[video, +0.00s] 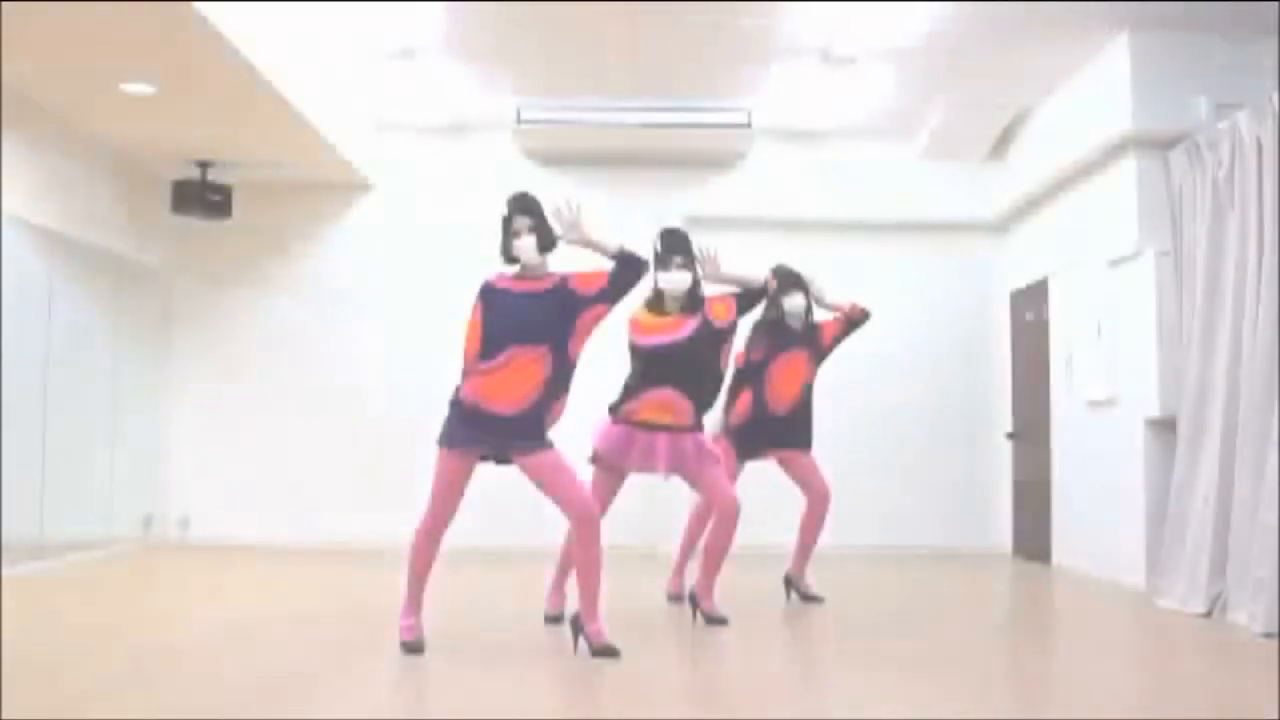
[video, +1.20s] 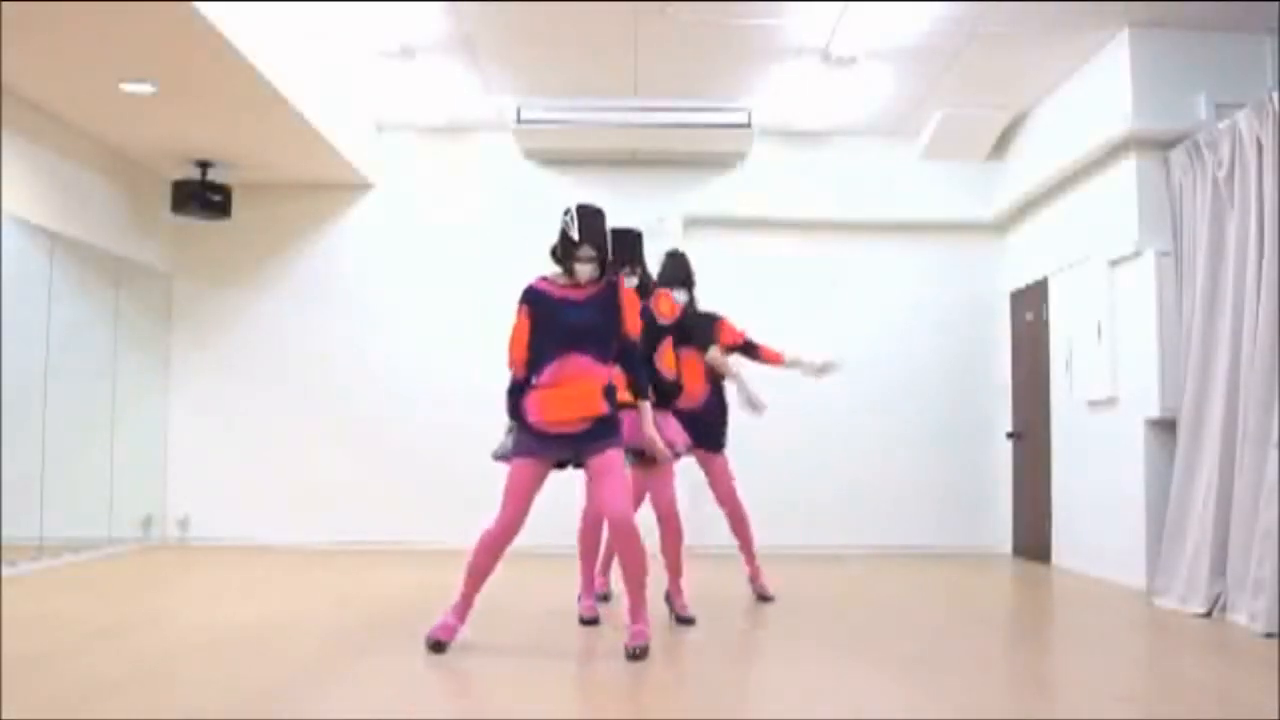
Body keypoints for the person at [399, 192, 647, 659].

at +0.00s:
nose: (524, 240)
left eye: (532, 232)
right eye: (515, 233)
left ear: (548, 238)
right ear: (506, 242)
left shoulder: (571, 292)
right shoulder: (492, 291)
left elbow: (635, 268)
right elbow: (472, 359)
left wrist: (583, 239)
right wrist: (463, 417)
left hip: (526, 429)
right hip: (470, 422)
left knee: (585, 511)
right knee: (437, 517)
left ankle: (590, 619)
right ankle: (411, 615)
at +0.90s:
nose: (536, 242)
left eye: (545, 235)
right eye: (529, 234)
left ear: (557, 243)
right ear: (515, 239)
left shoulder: (565, 287)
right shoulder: (492, 286)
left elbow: (608, 320)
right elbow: (470, 349)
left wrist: (604, 270)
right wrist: (468, 402)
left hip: (533, 426)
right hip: (478, 420)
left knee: (588, 517)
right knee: (444, 518)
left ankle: (612, 615)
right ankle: (412, 614)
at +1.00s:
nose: (557, 253)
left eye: (564, 246)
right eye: (549, 244)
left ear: (571, 252)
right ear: (530, 247)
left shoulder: (580, 294)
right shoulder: (502, 291)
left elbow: (577, 354)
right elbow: (479, 356)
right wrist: (478, 418)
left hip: (551, 427)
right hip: (495, 424)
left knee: (596, 518)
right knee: (456, 525)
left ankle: (634, 618)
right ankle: (415, 611)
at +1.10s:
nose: (574, 262)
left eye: (581, 254)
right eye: (566, 253)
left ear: (588, 257)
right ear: (547, 253)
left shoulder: (595, 295)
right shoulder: (521, 294)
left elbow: (605, 357)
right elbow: (499, 356)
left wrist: (633, 380)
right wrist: (493, 414)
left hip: (576, 428)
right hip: (519, 428)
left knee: (611, 519)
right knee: (478, 526)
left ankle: (637, 621)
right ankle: (427, 609)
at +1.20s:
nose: (585, 269)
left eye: (592, 260)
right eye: (577, 260)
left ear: (605, 257)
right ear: (563, 254)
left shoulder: (618, 295)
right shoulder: (538, 295)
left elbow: (632, 352)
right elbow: (520, 365)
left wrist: (647, 420)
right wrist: (518, 418)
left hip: (601, 423)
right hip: (541, 424)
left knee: (620, 517)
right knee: (507, 524)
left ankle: (638, 620)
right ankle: (458, 611)